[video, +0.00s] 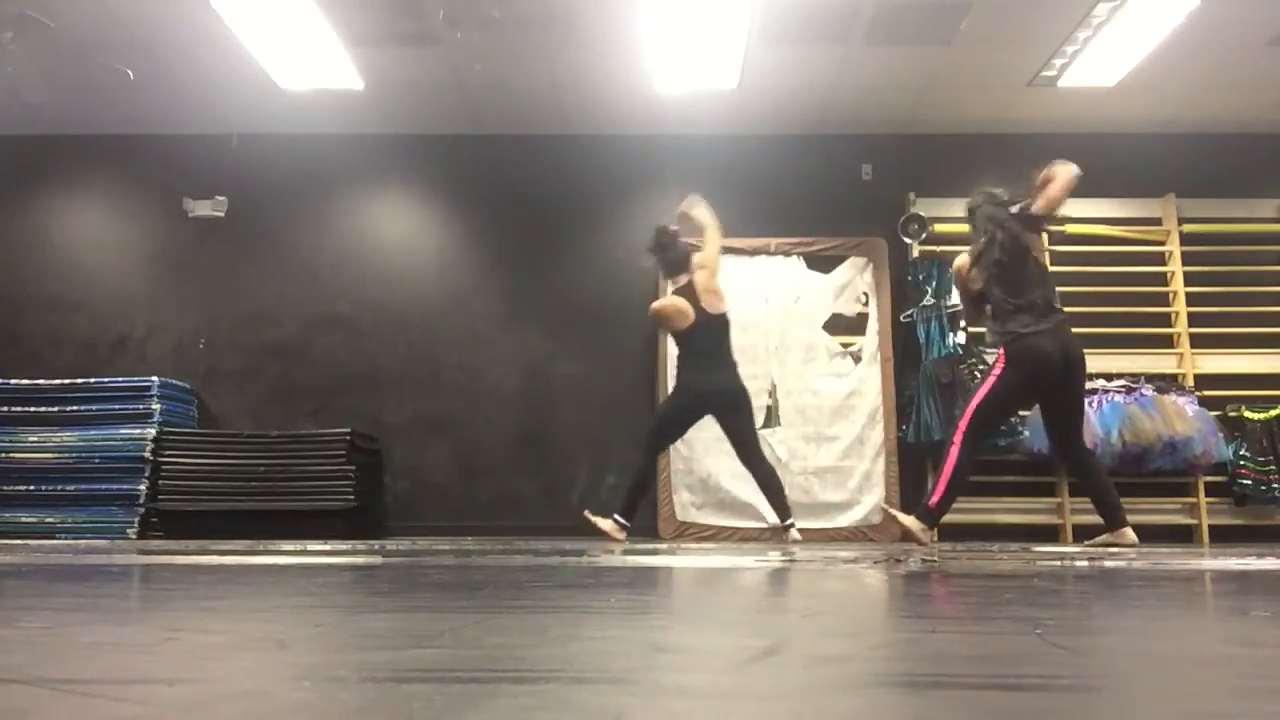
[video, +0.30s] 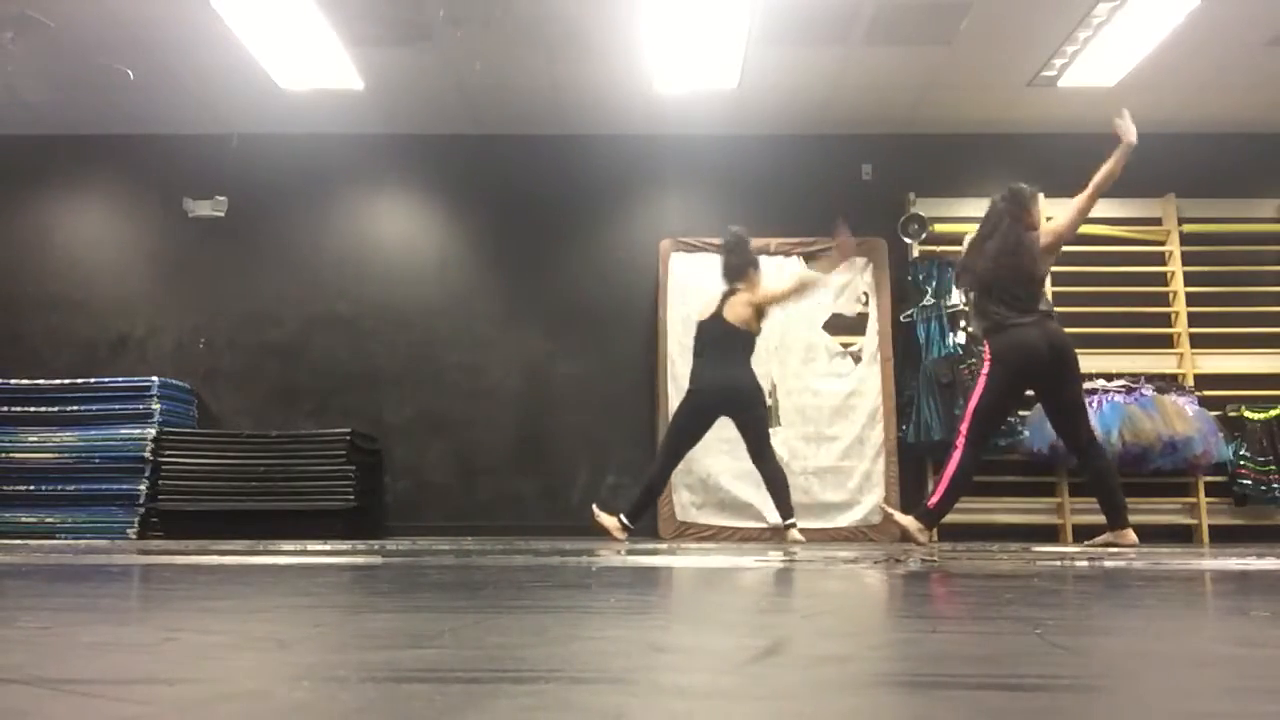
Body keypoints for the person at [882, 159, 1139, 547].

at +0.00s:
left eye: (972, 214)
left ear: (973, 220)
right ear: (1007, 208)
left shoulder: (966, 263)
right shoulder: (1026, 222)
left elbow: (974, 311)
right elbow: (1066, 176)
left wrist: (975, 282)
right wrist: (1055, 170)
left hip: (1022, 354)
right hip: (1065, 346)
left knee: (966, 432)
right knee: (1072, 447)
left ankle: (926, 520)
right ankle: (1120, 527)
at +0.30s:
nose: (1043, 215)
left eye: (1040, 209)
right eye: (1038, 209)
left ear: (999, 215)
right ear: (1026, 214)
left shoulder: (975, 252)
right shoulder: (1041, 243)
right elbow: (1091, 193)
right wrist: (1127, 145)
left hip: (1004, 345)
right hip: (1048, 338)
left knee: (968, 439)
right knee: (1083, 439)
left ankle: (924, 521)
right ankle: (1121, 528)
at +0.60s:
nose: (932, 299)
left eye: (935, 292)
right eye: (931, 292)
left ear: (947, 290)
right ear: (970, 280)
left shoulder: (950, 317)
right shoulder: (1006, 294)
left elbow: (930, 372)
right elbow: (1055, 298)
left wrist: (932, 331)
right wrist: (1110, 293)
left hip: (1042, 370)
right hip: (1076, 365)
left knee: (970, 433)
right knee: (1047, 457)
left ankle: (921, 524)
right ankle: (1116, 528)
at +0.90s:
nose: (874, 310)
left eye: (881, 300)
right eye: (870, 302)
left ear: (908, 302)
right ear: (872, 307)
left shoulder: (946, 322)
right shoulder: (887, 336)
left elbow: (981, 375)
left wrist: (918, 375)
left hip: (998, 383)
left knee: (944, 440)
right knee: (994, 492)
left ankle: (917, 529)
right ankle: (1093, 511)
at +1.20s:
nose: (890, 229)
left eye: (896, 223)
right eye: (881, 223)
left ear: (905, 233)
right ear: (866, 233)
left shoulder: (911, 276)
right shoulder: (855, 274)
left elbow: (914, 336)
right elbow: (909, 307)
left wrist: (877, 373)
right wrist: (961, 322)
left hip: (902, 360)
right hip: (856, 363)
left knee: (905, 437)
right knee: (845, 434)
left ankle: (910, 526)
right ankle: (830, 475)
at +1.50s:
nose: (826, 201)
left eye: (830, 196)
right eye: (818, 195)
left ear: (835, 206)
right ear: (800, 200)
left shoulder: (820, 259)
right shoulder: (778, 229)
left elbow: (836, 308)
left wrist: (854, 346)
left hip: (809, 347)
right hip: (766, 345)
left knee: (845, 434)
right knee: (746, 438)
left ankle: (881, 523)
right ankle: (717, 526)